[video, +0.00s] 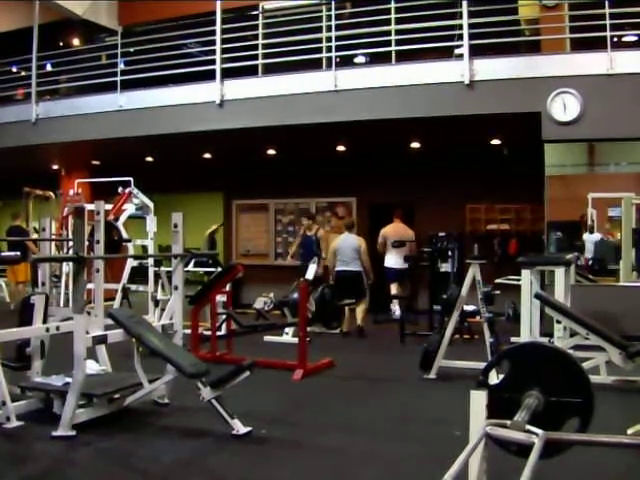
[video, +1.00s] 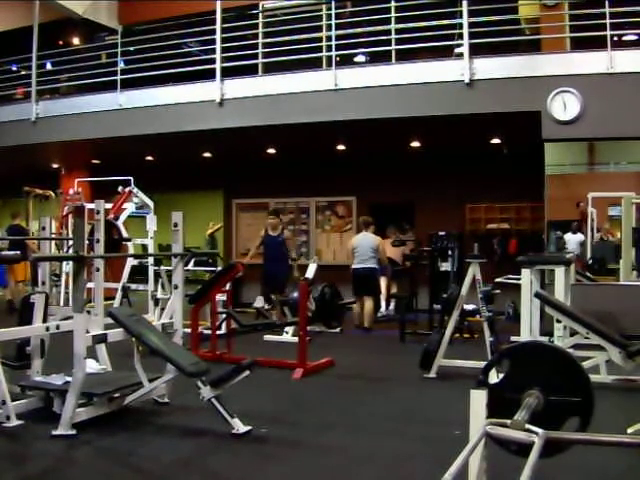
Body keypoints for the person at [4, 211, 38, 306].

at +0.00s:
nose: (21, 219)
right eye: (21, 218)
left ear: (12, 218)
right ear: (20, 218)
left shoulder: (8, 230)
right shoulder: (23, 231)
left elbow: (9, 243)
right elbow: (28, 243)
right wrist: (35, 250)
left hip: (10, 260)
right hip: (21, 260)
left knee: (12, 284)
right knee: (21, 284)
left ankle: (12, 303)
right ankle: (21, 304)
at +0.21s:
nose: (21, 218)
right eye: (20, 216)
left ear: (11, 218)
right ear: (20, 217)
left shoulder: (8, 230)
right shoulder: (23, 230)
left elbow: (8, 244)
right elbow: (29, 243)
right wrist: (37, 251)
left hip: (10, 260)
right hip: (21, 259)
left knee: (11, 283)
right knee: (21, 283)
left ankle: (13, 302)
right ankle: (22, 302)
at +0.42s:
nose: (21, 218)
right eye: (21, 216)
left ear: (11, 218)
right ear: (20, 217)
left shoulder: (8, 230)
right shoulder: (23, 230)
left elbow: (7, 243)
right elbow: (30, 243)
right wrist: (36, 251)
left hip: (10, 260)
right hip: (21, 259)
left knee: (11, 283)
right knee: (20, 283)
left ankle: (12, 302)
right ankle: (21, 303)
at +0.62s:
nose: (21, 218)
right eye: (21, 216)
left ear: (11, 218)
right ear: (20, 217)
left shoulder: (8, 230)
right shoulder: (23, 230)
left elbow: (7, 242)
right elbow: (30, 243)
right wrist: (37, 251)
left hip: (10, 258)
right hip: (21, 258)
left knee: (12, 283)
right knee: (20, 283)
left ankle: (12, 302)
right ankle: (21, 303)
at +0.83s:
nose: (20, 219)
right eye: (20, 217)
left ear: (12, 218)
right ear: (20, 217)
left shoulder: (8, 230)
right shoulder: (23, 230)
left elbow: (8, 242)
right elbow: (29, 243)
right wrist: (37, 250)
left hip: (10, 259)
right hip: (21, 258)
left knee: (11, 283)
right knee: (21, 283)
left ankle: (13, 302)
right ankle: (21, 302)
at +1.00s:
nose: (21, 218)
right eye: (21, 216)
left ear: (12, 217)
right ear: (20, 217)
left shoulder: (9, 229)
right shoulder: (23, 230)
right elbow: (29, 243)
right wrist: (36, 250)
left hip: (10, 258)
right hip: (21, 258)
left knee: (11, 281)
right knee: (20, 282)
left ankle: (10, 299)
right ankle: (20, 302)